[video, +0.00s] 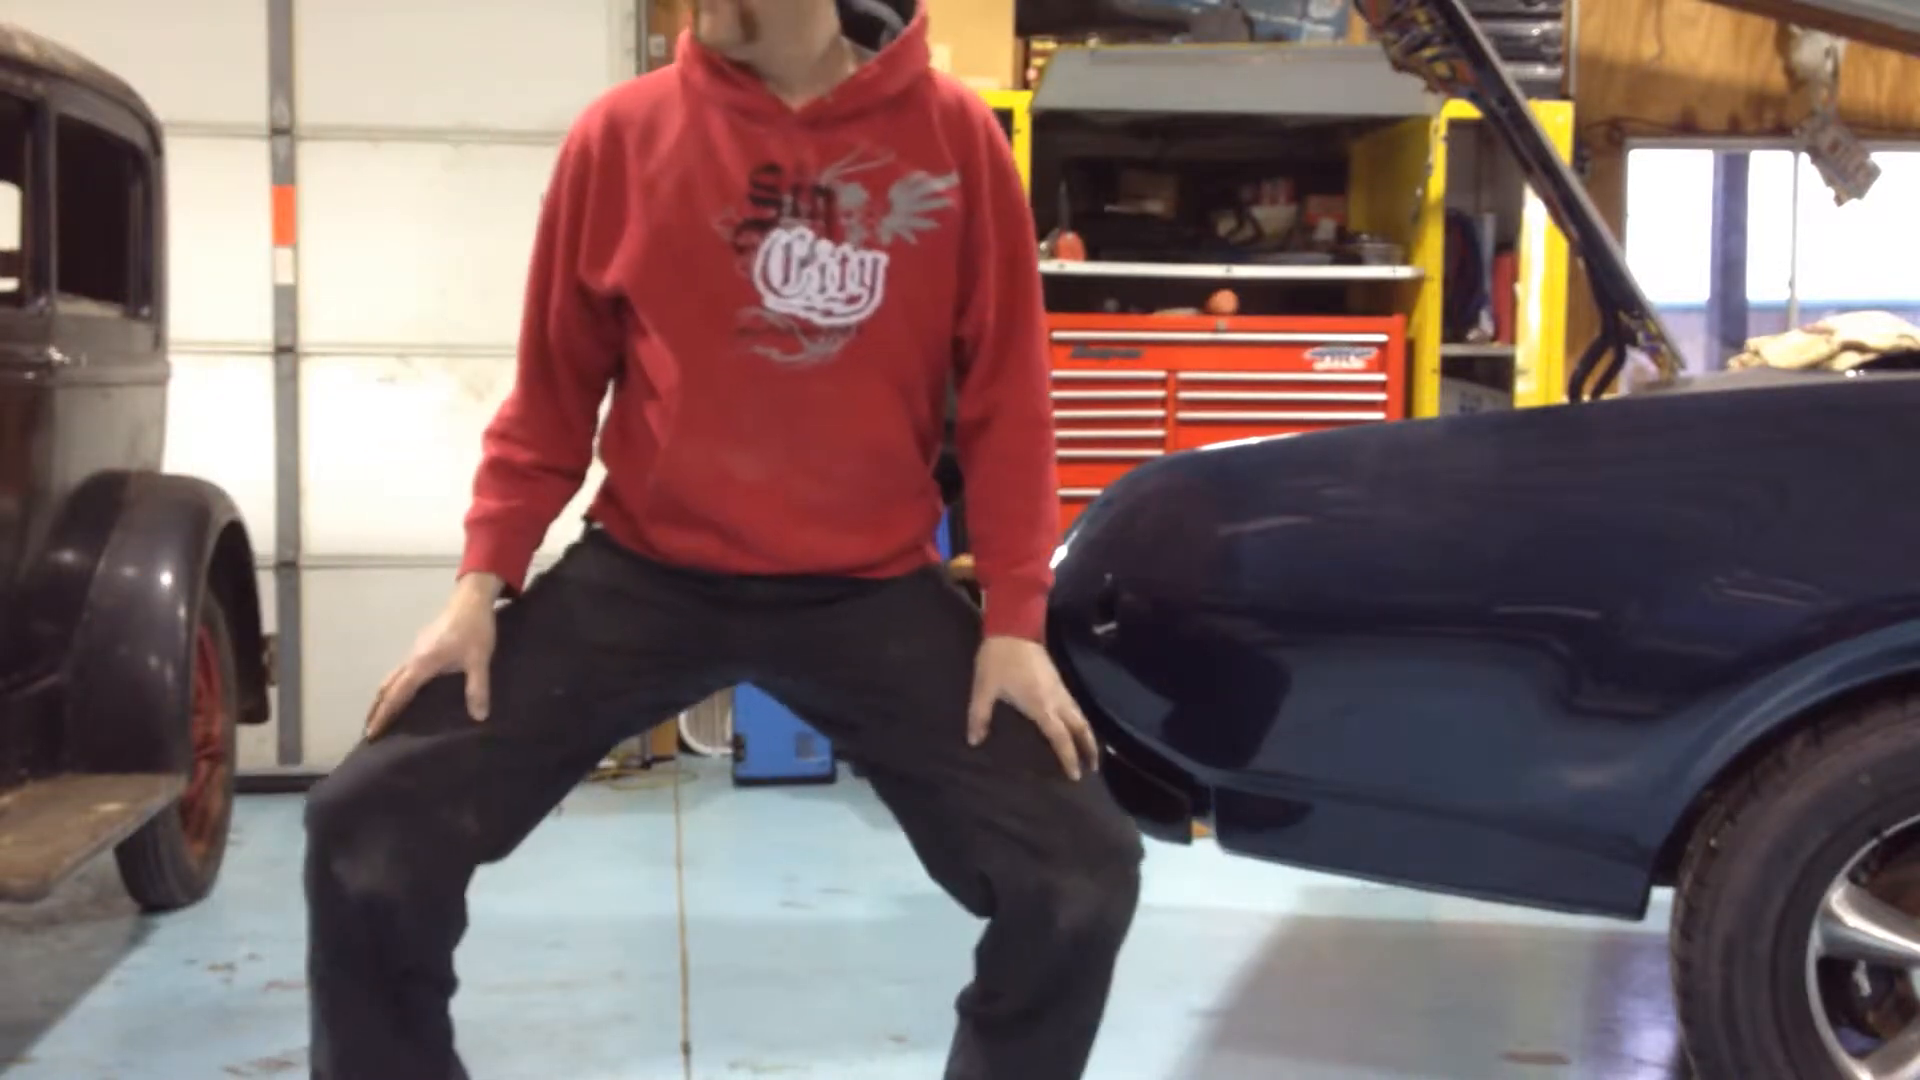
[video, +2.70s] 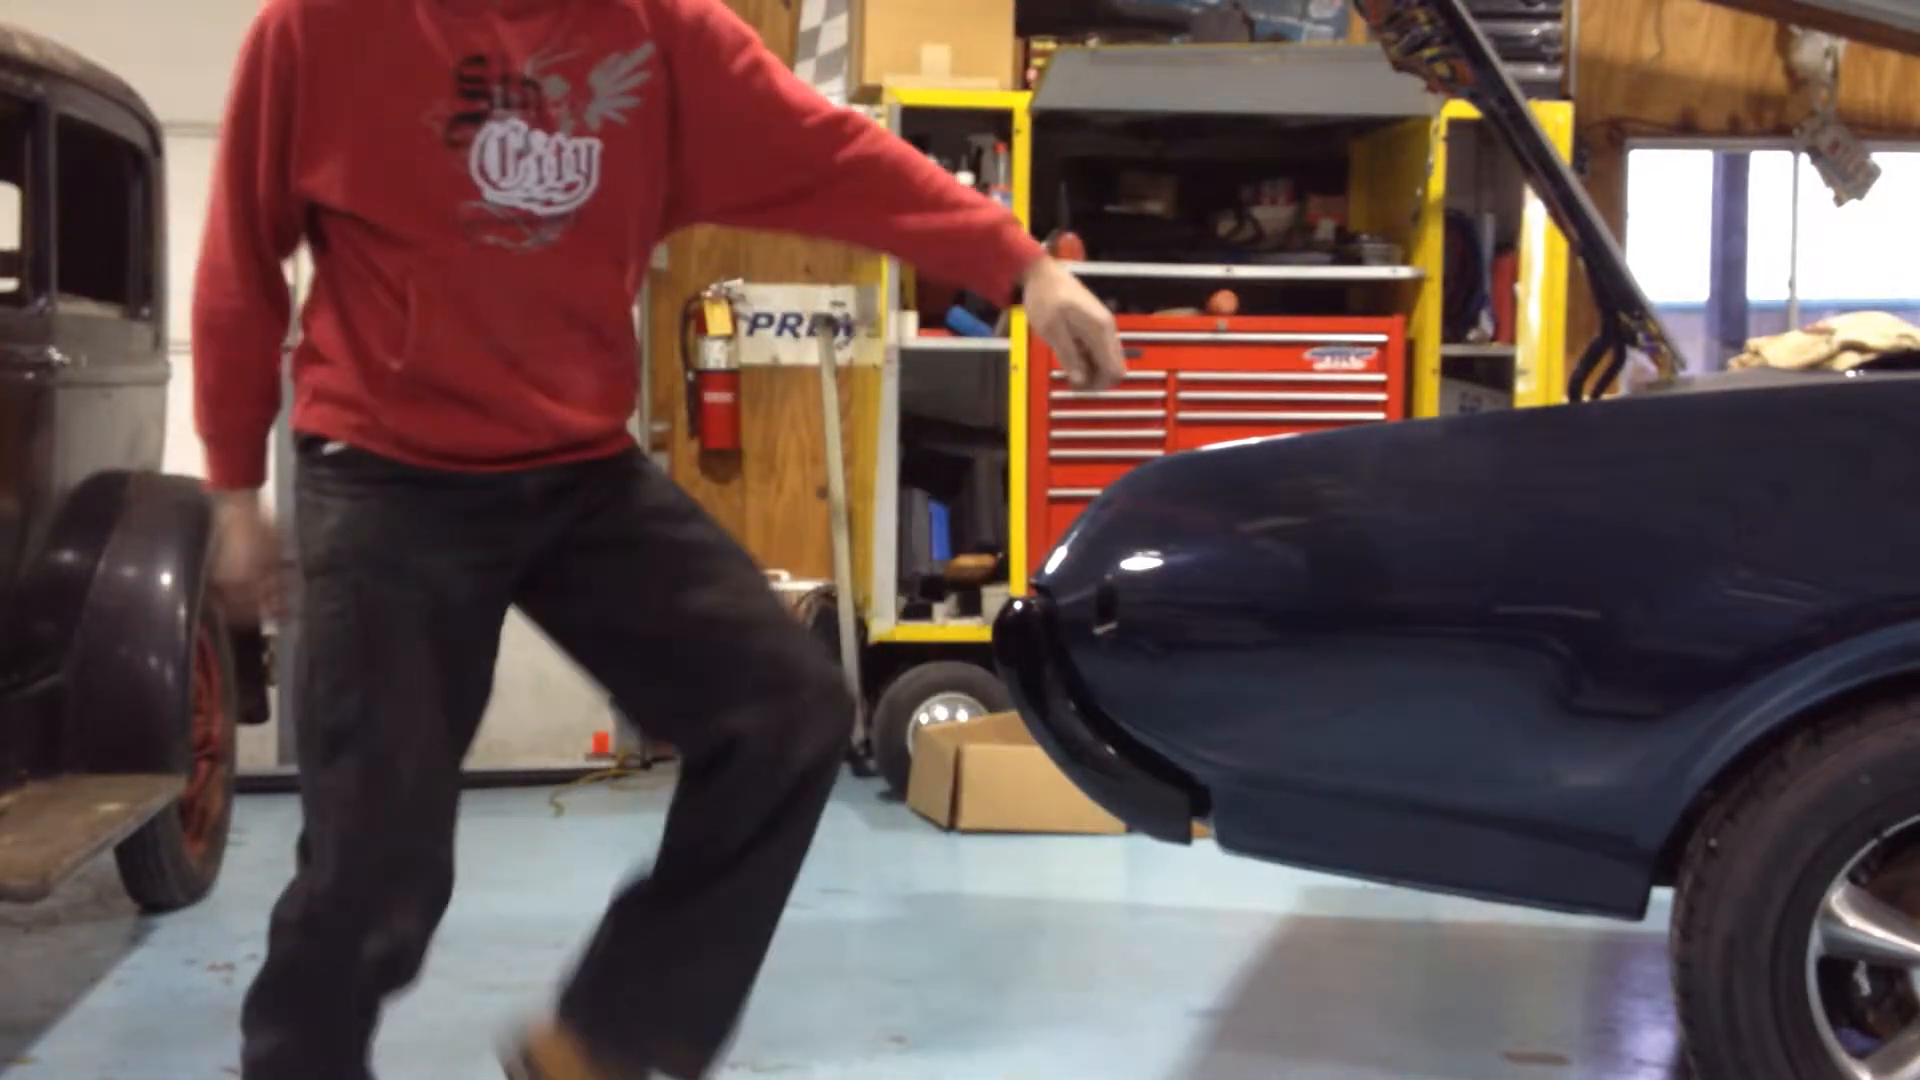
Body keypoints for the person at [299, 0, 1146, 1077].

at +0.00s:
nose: (705, 3)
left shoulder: (954, 135)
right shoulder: (624, 134)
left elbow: (1006, 389)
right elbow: (554, 384)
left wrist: (1016, 622)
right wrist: (480, 582)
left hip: (872, 595)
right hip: (643, 580)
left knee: (1081, 870)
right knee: (371, 825)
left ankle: (999, 1073)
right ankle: (393, 1072)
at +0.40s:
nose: (640, 11)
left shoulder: (793, 125)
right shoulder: (458, 143)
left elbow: (871, 373)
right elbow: (409, 401)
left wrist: (913, 572)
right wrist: (376, 600)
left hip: (770, 576)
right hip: (540, 582)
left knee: (1023, 822)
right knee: (305, 864)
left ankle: (1025, 1063)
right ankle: (398, 1067)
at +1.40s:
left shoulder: (969, 135)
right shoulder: (637, 123)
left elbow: (1026, 384)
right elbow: (566, 365)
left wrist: (1039, 601)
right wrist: (509, 561)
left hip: (892, 581)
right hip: (668, 564)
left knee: (1083, 857)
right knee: (401, 812)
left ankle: (985, 1073)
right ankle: (390, 1071)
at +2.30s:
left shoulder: (827, 110)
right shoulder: (499, 100)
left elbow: (908, 352)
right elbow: (429, 342)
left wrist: (932, 560)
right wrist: (396, 556)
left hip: (758, 551)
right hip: (536, 556)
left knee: (995, 810)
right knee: (351, 883)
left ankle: (990, 1065)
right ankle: (419, 1070)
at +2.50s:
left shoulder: (713, 55)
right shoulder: (375, 41)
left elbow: (845, 254)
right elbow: (265, 272)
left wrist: (924, 465)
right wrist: (260, 497)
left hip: (651, 500)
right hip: (433, 513)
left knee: (876, 780)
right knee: (351, 896)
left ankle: (893, 1067)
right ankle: (413, 1073)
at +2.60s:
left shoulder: (687, 36)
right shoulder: (342, 25)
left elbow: (837, 193)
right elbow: (258, 259)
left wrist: (1008, 354)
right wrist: (215, 489)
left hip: (607, 484)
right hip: (404, 487)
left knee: (789, 762)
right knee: (380, 905)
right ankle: (351, 1029)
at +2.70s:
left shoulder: (663, 32)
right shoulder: (316, 28)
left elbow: (825, 149)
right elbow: (240, 254)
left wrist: (1026, 267)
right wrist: (235, 485)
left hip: (586, 473)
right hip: (383, 479)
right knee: (375, 880)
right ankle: (295, 1059)